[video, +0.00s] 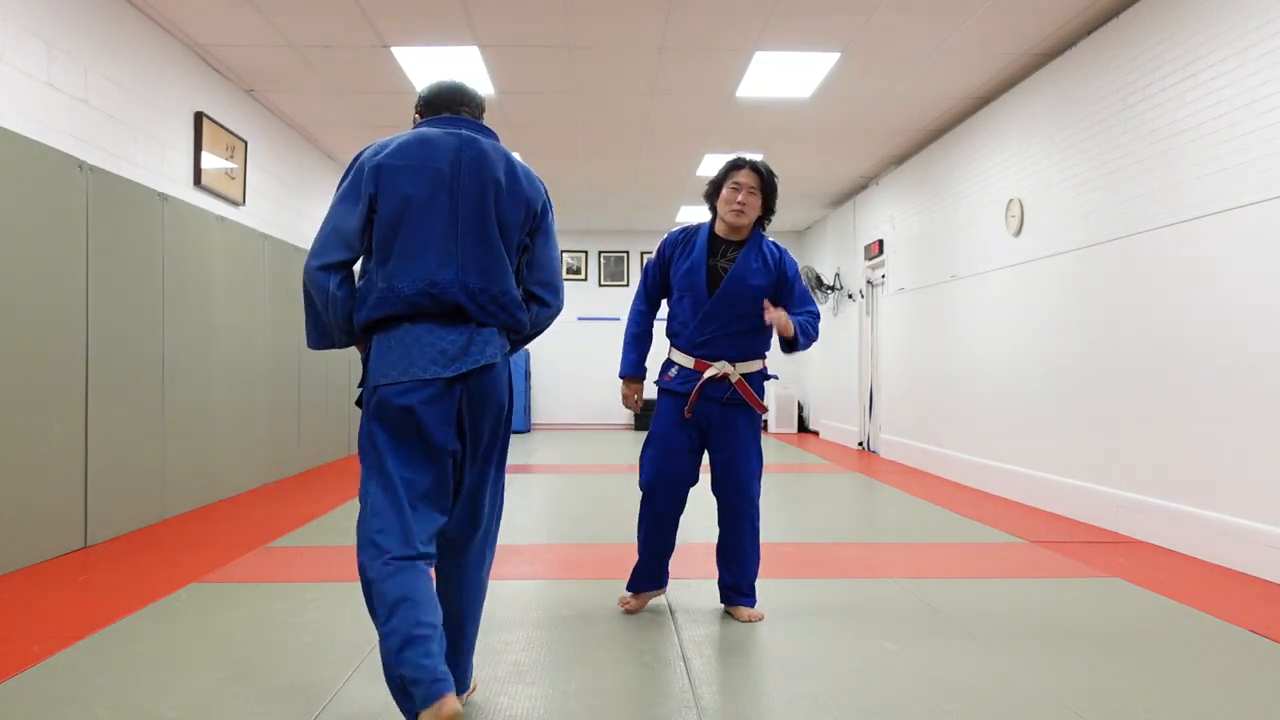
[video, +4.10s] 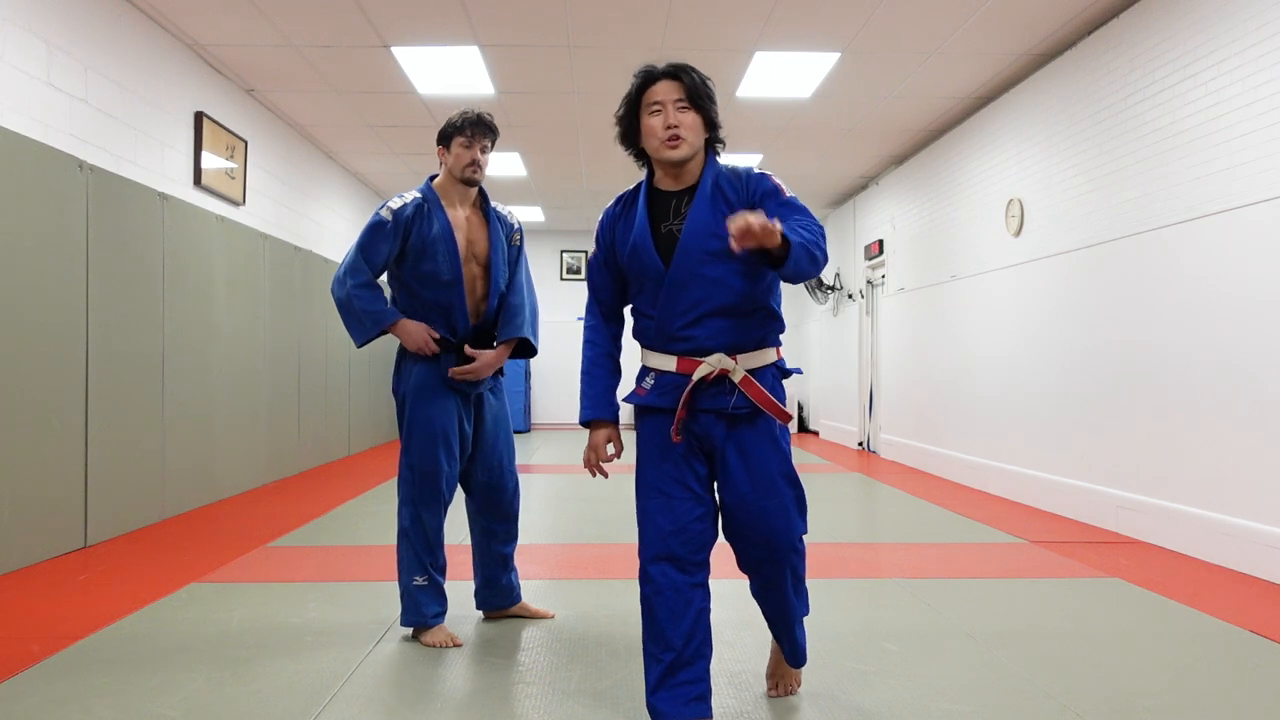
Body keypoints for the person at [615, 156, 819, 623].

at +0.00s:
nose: (740, 197)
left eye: (752, 192)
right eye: (734, 187)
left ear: (764, 206)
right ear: (715, 194)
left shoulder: (776, 260)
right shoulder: (679, 243)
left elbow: (809, 322)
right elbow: (644, 304)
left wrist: (790, 326)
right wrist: (631, 369)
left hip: (740, 389)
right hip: (679, 383)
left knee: (740, 497)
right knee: (659, 484)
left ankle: (739, 595)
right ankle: (649, 579)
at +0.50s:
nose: (675, 187)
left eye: (685, 179)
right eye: (665, 182)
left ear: (706, 190)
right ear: (653, 197)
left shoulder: (733, 240)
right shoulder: (643, 257)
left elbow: (786, 289)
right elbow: (628, 334)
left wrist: (748, 235)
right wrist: (623, 403)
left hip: (728, 389)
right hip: (665, 392)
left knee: (733, 501)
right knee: (660, 506)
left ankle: (739, 593)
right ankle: (661, 618)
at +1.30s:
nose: (659, 171)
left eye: (672, 163)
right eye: (651, 165)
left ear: (696, 176)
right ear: (640, 180)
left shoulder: (724, 228)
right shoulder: (639, 243)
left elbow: (738, 298)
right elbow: (621, 326)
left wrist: (657, 279)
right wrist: (604, 397)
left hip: (712, 389)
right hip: (655, 391)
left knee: (725, 522)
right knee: (650, 514)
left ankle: (750, 649)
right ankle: (660, 619)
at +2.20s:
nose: (727, 157)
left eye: (743, 147)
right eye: (721, 146)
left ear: (774, 159)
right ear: (714, 155)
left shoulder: (793, 225)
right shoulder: (716, 219)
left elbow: (800, 330)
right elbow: (699, 307)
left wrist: (716, 362)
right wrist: (681, 375)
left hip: (767, 394)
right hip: (710, 388)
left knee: (753, 526)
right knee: (681, 509)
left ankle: (758, 657)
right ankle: (690, 626)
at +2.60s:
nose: (743, 150)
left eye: (758, 141)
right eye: (734, 139)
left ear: (784, 157)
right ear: (720, 153)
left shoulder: (806, 223)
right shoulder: (701, 227)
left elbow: (851, 303)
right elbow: (680, 319)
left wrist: (782, 303)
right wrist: (666, 395)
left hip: (779, 394)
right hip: (708, 390)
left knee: (766, 538)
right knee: (679, 529)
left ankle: (760, 660)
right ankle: (661, 663)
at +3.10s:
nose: (717, 142)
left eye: (730, 131)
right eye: (704, 133)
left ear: (753, 146)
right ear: (687, 149)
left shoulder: (783, 213)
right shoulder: (662, 228)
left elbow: (856, 269)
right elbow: (635, 323)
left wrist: (802, 197)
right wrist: (626, 409)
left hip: (769, 401)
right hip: (689, 402)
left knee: (768, 547)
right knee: (690, 552)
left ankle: (762, 656)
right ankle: (691, 697)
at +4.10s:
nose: (671, 120)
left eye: (683, 107)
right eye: (655, 111)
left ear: (707, 121)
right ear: (637, 131)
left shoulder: (750, 187)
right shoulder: (620, 218)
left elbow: (813, 255)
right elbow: (601, 319)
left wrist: (777, 242)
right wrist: (598, 415)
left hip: (750, 390)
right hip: (664, 396)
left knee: (770, 541)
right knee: (669, 563)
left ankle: (787, 645)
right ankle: (679, 709)